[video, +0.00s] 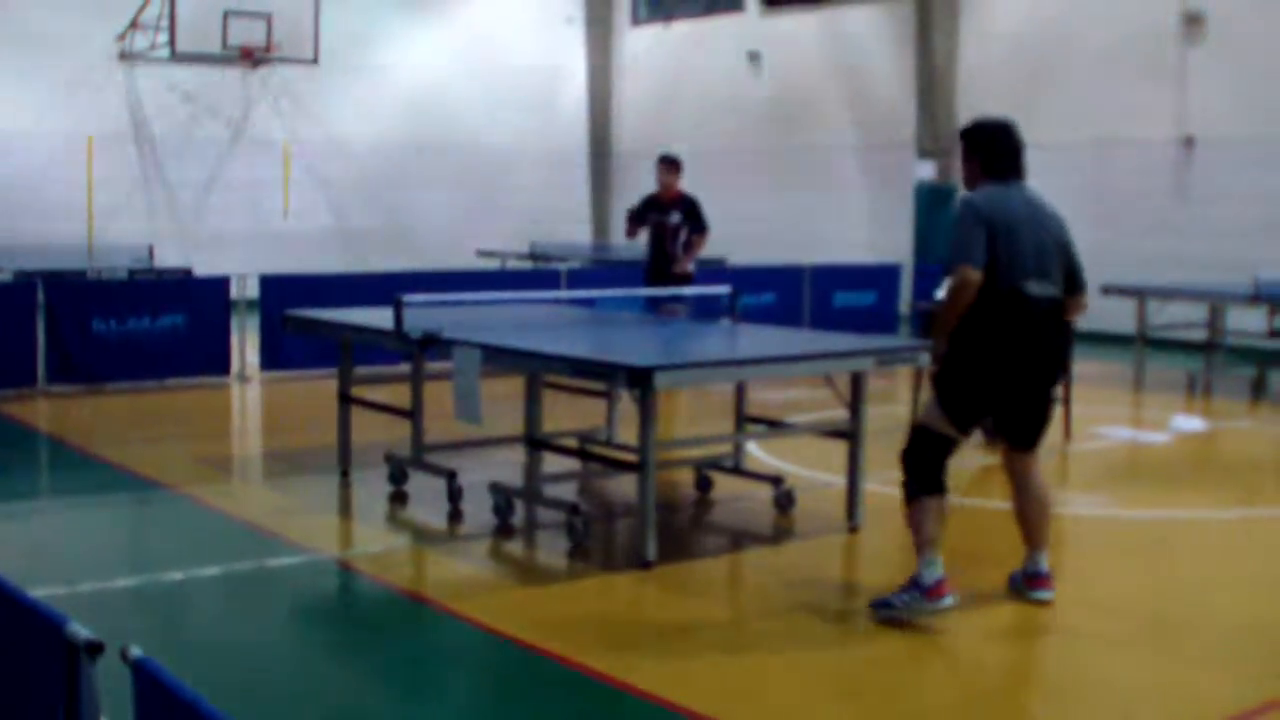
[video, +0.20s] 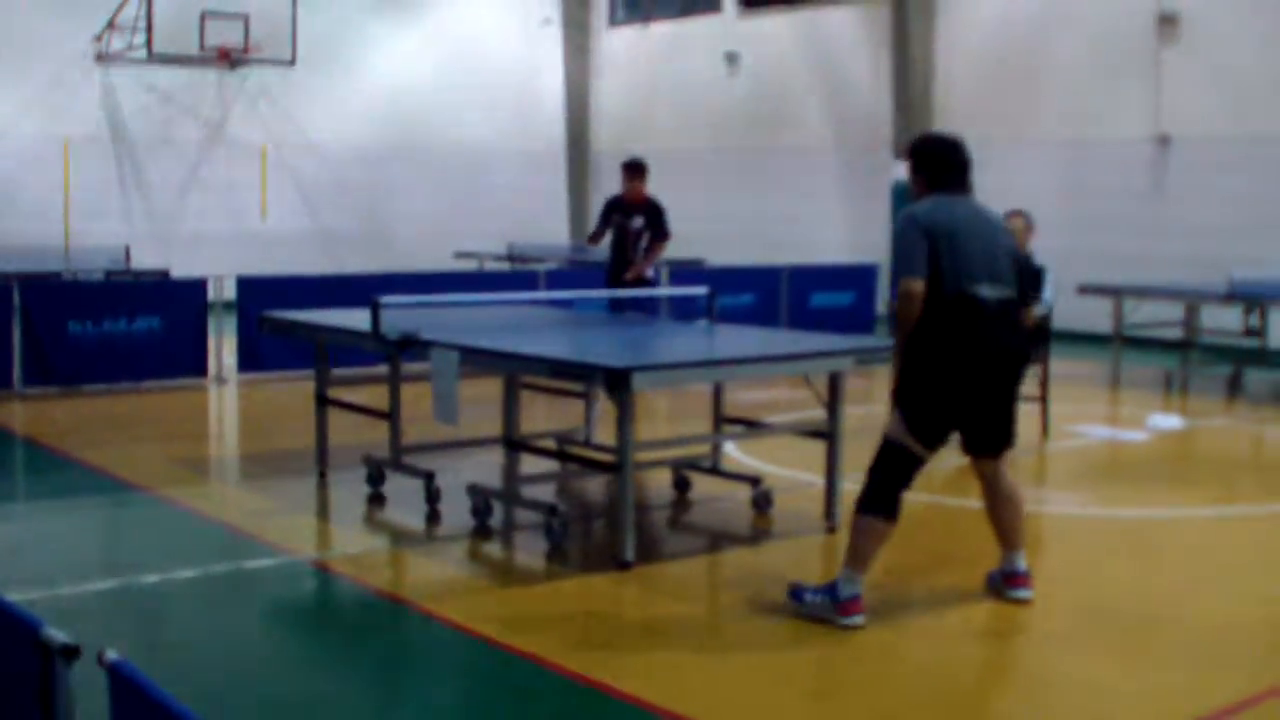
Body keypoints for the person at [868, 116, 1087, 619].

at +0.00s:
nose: (961, 169)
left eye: (963, 160)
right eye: (963, 160)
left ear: (974, 163)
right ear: (1016, 161)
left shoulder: (976, 208)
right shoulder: (1046, 216)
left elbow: (968, 278)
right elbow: (1076, 299)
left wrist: (942, 321)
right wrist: (1034, 327)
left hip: (983, 351)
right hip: (1040, 356)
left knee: (924, 452)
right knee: (1023, 457)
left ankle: (929, 576)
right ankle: (1038, 568)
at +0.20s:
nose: (908, 183)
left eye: (911, 175)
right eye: (909, 175)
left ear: (920, 178)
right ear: (965, 175)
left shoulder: (916, 219)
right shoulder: (994, 225)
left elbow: (911, 291)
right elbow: (1027, 300)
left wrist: (901, 350)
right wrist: (1004, 348)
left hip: (938, 369)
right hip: (995, 372)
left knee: (890, 473)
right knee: (992, 465)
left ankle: (847, 587)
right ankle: (1016, 570)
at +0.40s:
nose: (858, 189)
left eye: (860, 181)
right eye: (859, 181)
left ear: (868, 182)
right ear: (914, 176)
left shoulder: (868, 225)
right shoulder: (948, 223)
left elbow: (850, 304)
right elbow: (986, 296)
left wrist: (844, 345)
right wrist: (959, 335)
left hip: (907, 369)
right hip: (972, 367)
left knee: (845, 453)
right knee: (977, 462)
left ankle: (833, 580)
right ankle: (1010, 561)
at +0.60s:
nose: (838, 170)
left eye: (839, 162)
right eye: (840, 161)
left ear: (847, 164)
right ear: (890, 155)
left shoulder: (854, 207)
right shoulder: (925, 199)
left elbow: (820, 279)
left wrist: (817, 231)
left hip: (901, 349)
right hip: (964, 345)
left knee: (843, 436)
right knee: (977, 447)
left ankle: (833, 565)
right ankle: (1009, 547)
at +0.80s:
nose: (853, 158)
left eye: (855, 150)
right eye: (855, 150)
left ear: (862, 152)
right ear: (906, 142)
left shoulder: (869, 197)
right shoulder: (937, 188)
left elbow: (832, 270)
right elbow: (939, 276)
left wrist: (850, 199)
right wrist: (885, 344)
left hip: (918, 341)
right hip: (976, 339)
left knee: (857, 438)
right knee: (979, 439)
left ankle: (834, 561)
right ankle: (1009, 544)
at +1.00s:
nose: (876, 145)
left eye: (879, 137)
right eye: (881, 136)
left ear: (885, 142)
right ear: (931, 138)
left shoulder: (888, 192)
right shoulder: (959, 188)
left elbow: (851, 264)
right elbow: (982, 267)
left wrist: (869, 197)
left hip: (921, 339)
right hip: (979, 338)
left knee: (869, 444)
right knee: (979, 438)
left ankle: (837, 562)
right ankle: (1007, 544)